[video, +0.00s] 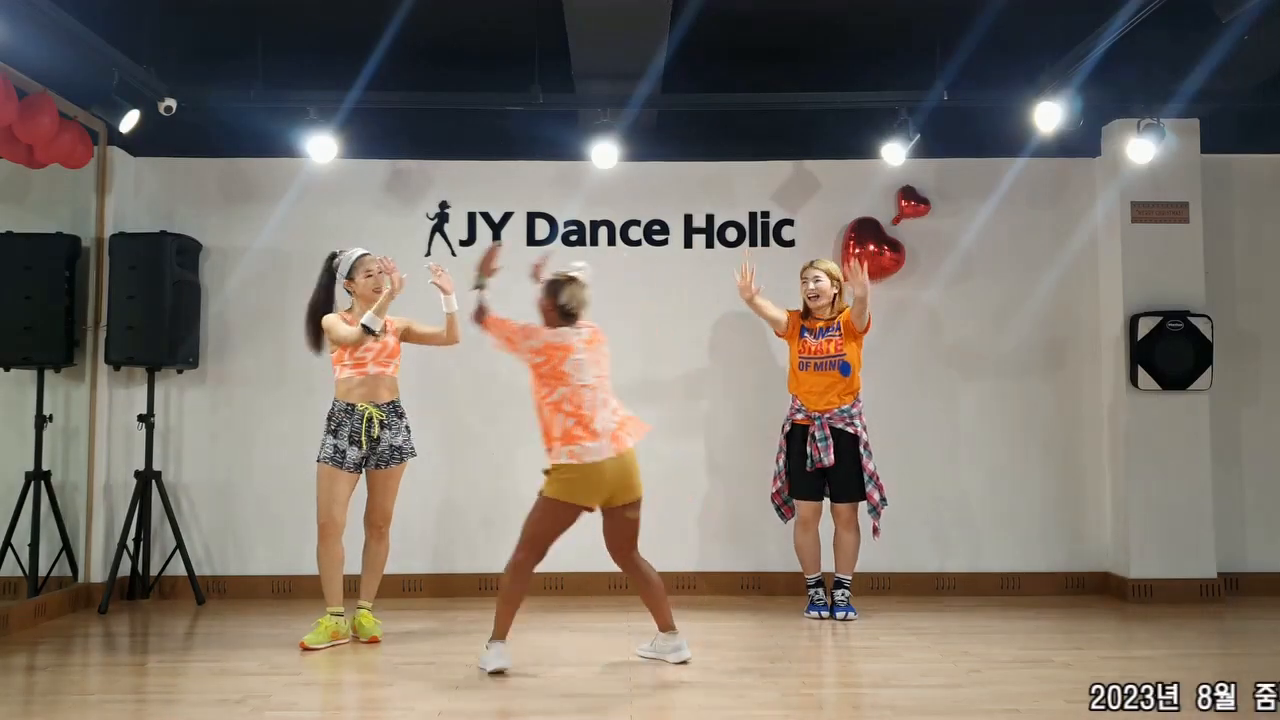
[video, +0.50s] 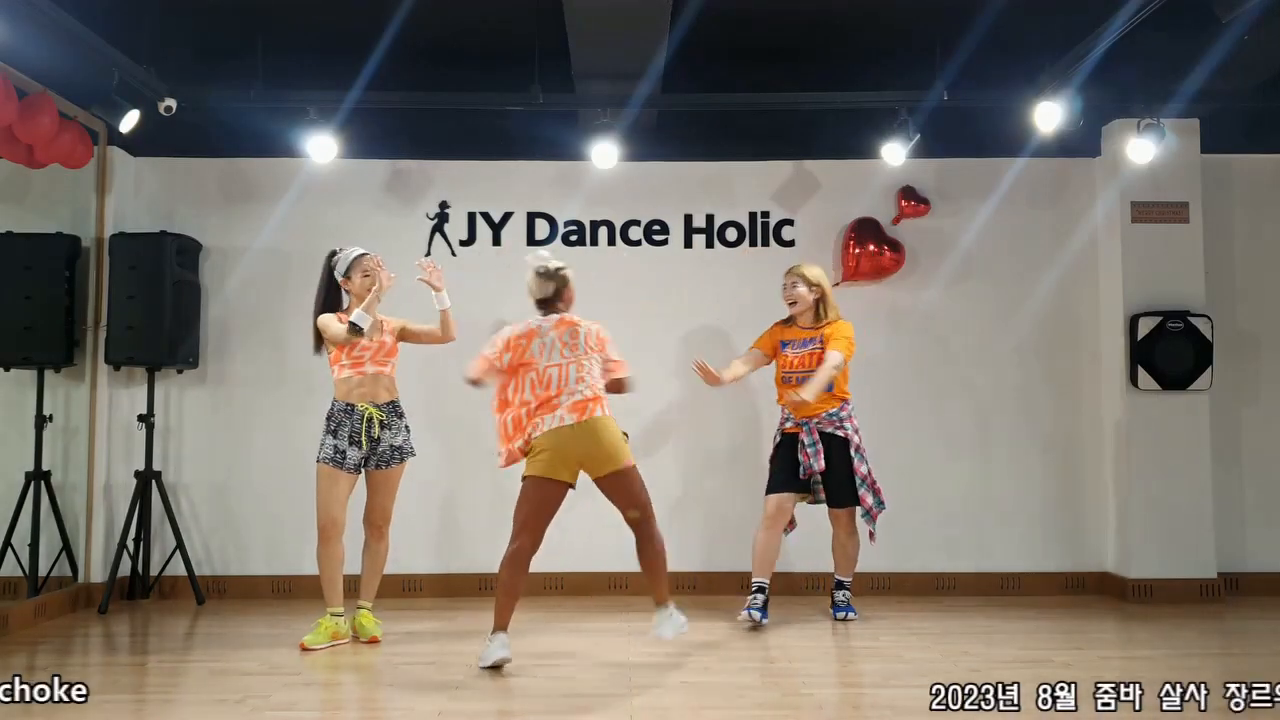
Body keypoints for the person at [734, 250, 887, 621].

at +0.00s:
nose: (811, 287)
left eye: (819, 281)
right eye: (806, 282)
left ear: (835, 288)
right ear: (800, 290)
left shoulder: (848, 322)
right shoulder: (794, 324)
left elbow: (859, 311)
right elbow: (773, 315)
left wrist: (861, 293)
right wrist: (752, 299)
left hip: (844, 427)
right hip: (802, 427)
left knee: (846, 515)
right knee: (807, 514)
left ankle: (842, 592)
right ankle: (814, 592)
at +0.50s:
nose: (789, 293)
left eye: (796, 286)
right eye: (785, 288)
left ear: (816, 291)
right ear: (784, 296)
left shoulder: (838, 328)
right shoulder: (779, 333)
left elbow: (831, 364)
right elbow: (749, 360)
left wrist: (809, 391)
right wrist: (723, 376)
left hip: (833, 431)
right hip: (791, 432)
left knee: (843, 519)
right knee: (775, 510)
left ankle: (842, 594)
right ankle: (758, 597)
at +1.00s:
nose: (737, 343)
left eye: (739, 332)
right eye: (729, 336)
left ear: (750, 321)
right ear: (720, 334)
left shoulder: (781, 329)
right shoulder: (729, 346)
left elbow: (763, 327)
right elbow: (697, 347)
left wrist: (734, 293)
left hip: (809, 433)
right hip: (766, 438)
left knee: (839, 520)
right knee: (751, 513)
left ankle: (852, 576)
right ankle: (754, 601)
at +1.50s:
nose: (811, 297)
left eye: (818, 291)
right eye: (805, 291)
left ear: (830, 300)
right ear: (793, 300)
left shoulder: (845, 339)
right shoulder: (779, 344)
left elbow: (847, 392)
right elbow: (772, 401)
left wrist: (845, 438)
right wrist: (767, 452)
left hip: (841, 434)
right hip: (800, 438)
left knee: (859, 517)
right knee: (785, 515)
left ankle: (863, 587)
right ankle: (762, 593)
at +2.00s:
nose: (832, 289)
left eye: (838, 284)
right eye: (824, 285)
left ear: (847, 292)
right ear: (812, 295)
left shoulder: (864, 331)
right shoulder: (797, 337)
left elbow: (892, 367)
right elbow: (782, 390)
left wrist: (923, 397)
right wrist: (768, 436)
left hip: (857, 431)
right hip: (814, 432)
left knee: (871, 514)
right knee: (822, 514)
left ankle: (863, 586)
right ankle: (826, 590)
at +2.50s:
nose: (842, 285)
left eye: (848, 279)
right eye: (834, 281)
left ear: (859, 288)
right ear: (824, 292)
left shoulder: (876, 326)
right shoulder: (810, 331)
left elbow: (887, 371)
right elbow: (778, 378)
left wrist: (849, 353)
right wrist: (790, 361)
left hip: (865, 428)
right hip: (822, 428)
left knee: (866, 515)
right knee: (818, 510)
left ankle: (861, 592)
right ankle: (828, 584)